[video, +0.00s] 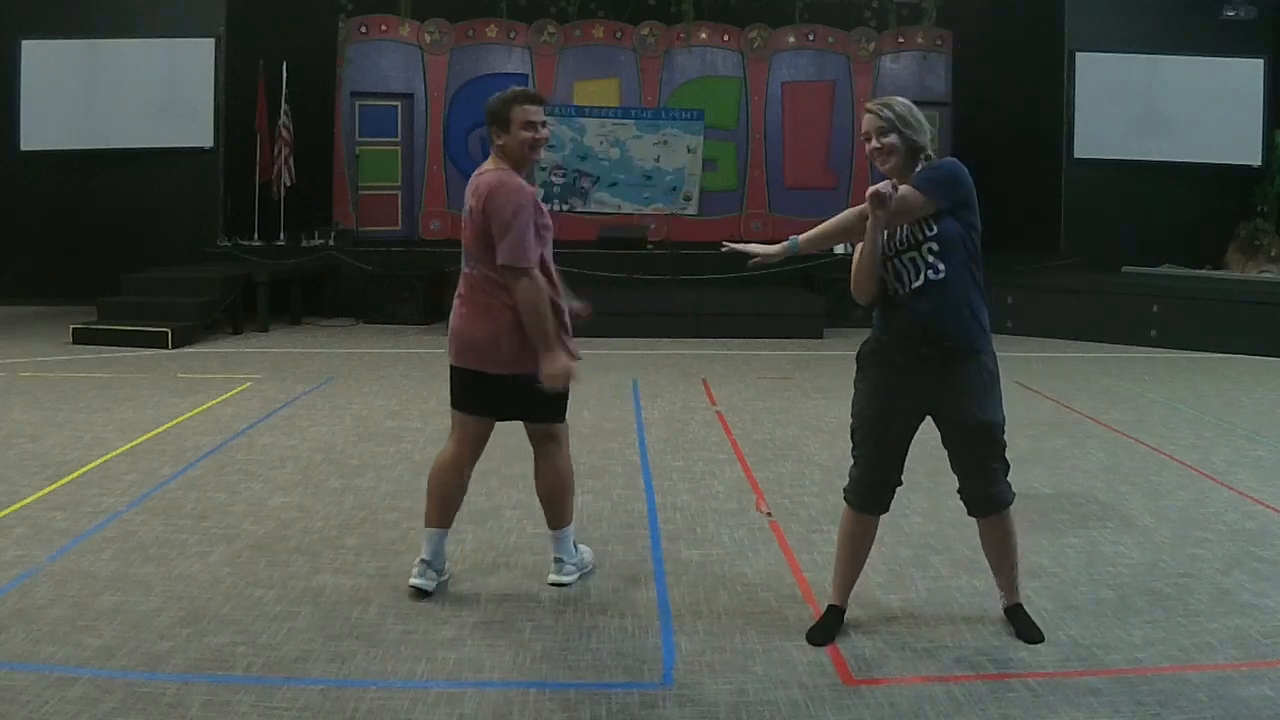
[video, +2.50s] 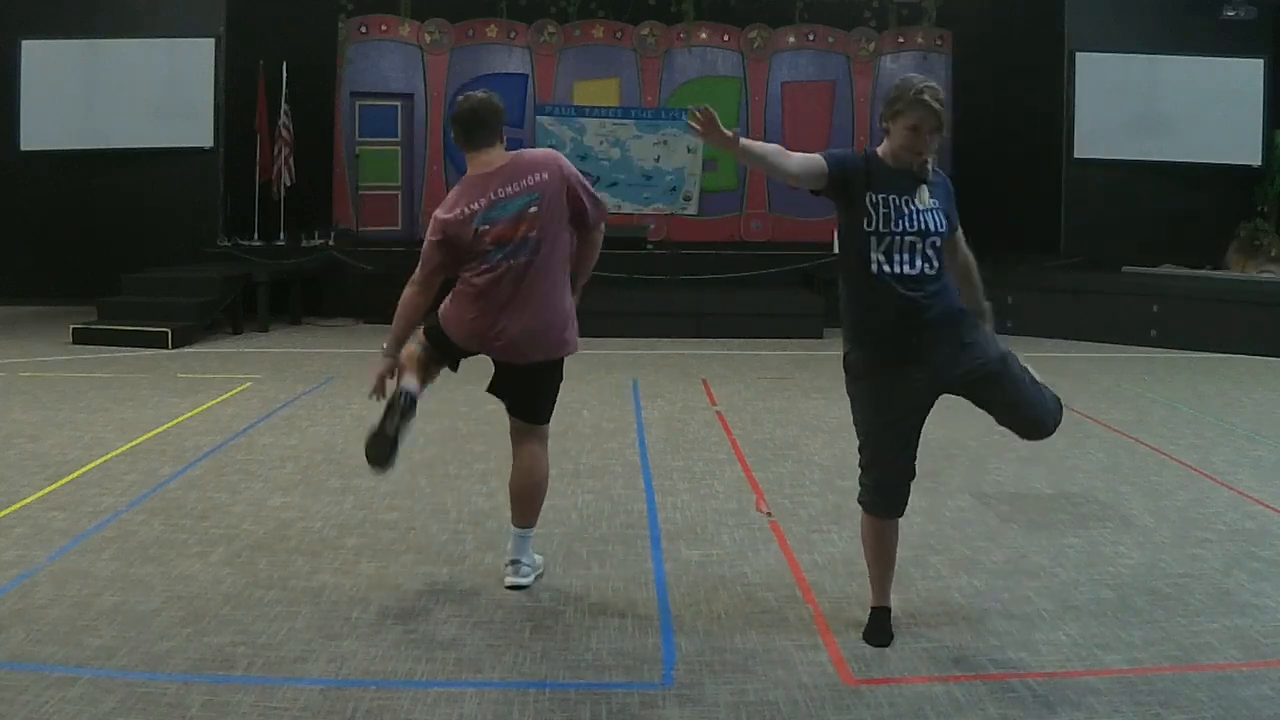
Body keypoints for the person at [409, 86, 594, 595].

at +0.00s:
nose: (540, 135)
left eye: (543, 126)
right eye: (529, 126)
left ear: (540, 130)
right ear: (500, 134)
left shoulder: (483, 181)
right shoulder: (513, 192)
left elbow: (520, 259)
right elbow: (523, 278)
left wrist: (560, 299)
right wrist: (549, 348)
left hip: (474, 342)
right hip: (523, 344)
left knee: (460, 446)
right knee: (550, 444)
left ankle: (430, 561)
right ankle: (565, 556)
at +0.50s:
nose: (509, 134)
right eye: (512, 128)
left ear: (459, 128)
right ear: (508, 131)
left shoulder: (425, 185)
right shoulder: (538, 188)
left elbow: (416, 268)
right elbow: (578, 260)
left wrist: (428, 321)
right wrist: (593, 314)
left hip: (440, 341)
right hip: (512, 346)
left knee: (434, 437)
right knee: (519, 447)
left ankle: (428, 555)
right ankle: (536, 568)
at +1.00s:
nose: (479, 137)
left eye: (479, 130)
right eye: (480, 130)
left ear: (428, 121)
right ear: (471, 127)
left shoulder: (375, 168)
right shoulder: (478, 182)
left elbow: (343, 239)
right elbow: (516, 243)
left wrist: (338, 299)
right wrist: (552, 299)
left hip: (404, 335)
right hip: (473, 324)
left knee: (414, 447)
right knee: (521, 398)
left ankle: (439, 557)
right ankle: (539, 334)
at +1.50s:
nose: (448, 136)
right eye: (447, 131)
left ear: (395, 134)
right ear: (440, 133)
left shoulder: (369, 197)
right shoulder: (460, 174)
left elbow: (360, 280)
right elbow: (471, 238)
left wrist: (357, 347)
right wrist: (480, 305)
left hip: (407, 349)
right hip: (467, 339)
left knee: (426, 455)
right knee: (490, 439)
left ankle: (442, 565)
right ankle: (489, 353)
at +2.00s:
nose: (477, 134)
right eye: (479, 127)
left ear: (428, 127)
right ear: (476, 127)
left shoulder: (392, 179)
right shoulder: (497, 184)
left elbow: (366, 250)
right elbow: (527, 264)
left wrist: (376, 292)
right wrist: (556, 328)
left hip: (421, 339)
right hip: (488, 337)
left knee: (436, 446)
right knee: (497, 408)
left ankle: (443, 565)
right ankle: (542, 465)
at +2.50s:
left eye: (462, 135)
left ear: (457, 139)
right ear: (504, 132)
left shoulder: (452, 212)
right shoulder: (551, 166)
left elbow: (421, 287)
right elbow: (594, 225)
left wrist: (389, 351)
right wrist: (572, 286)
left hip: (472, 321)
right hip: (543, 327)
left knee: (424, 347)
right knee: (529, 438)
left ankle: (403, 402)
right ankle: (520, 558)